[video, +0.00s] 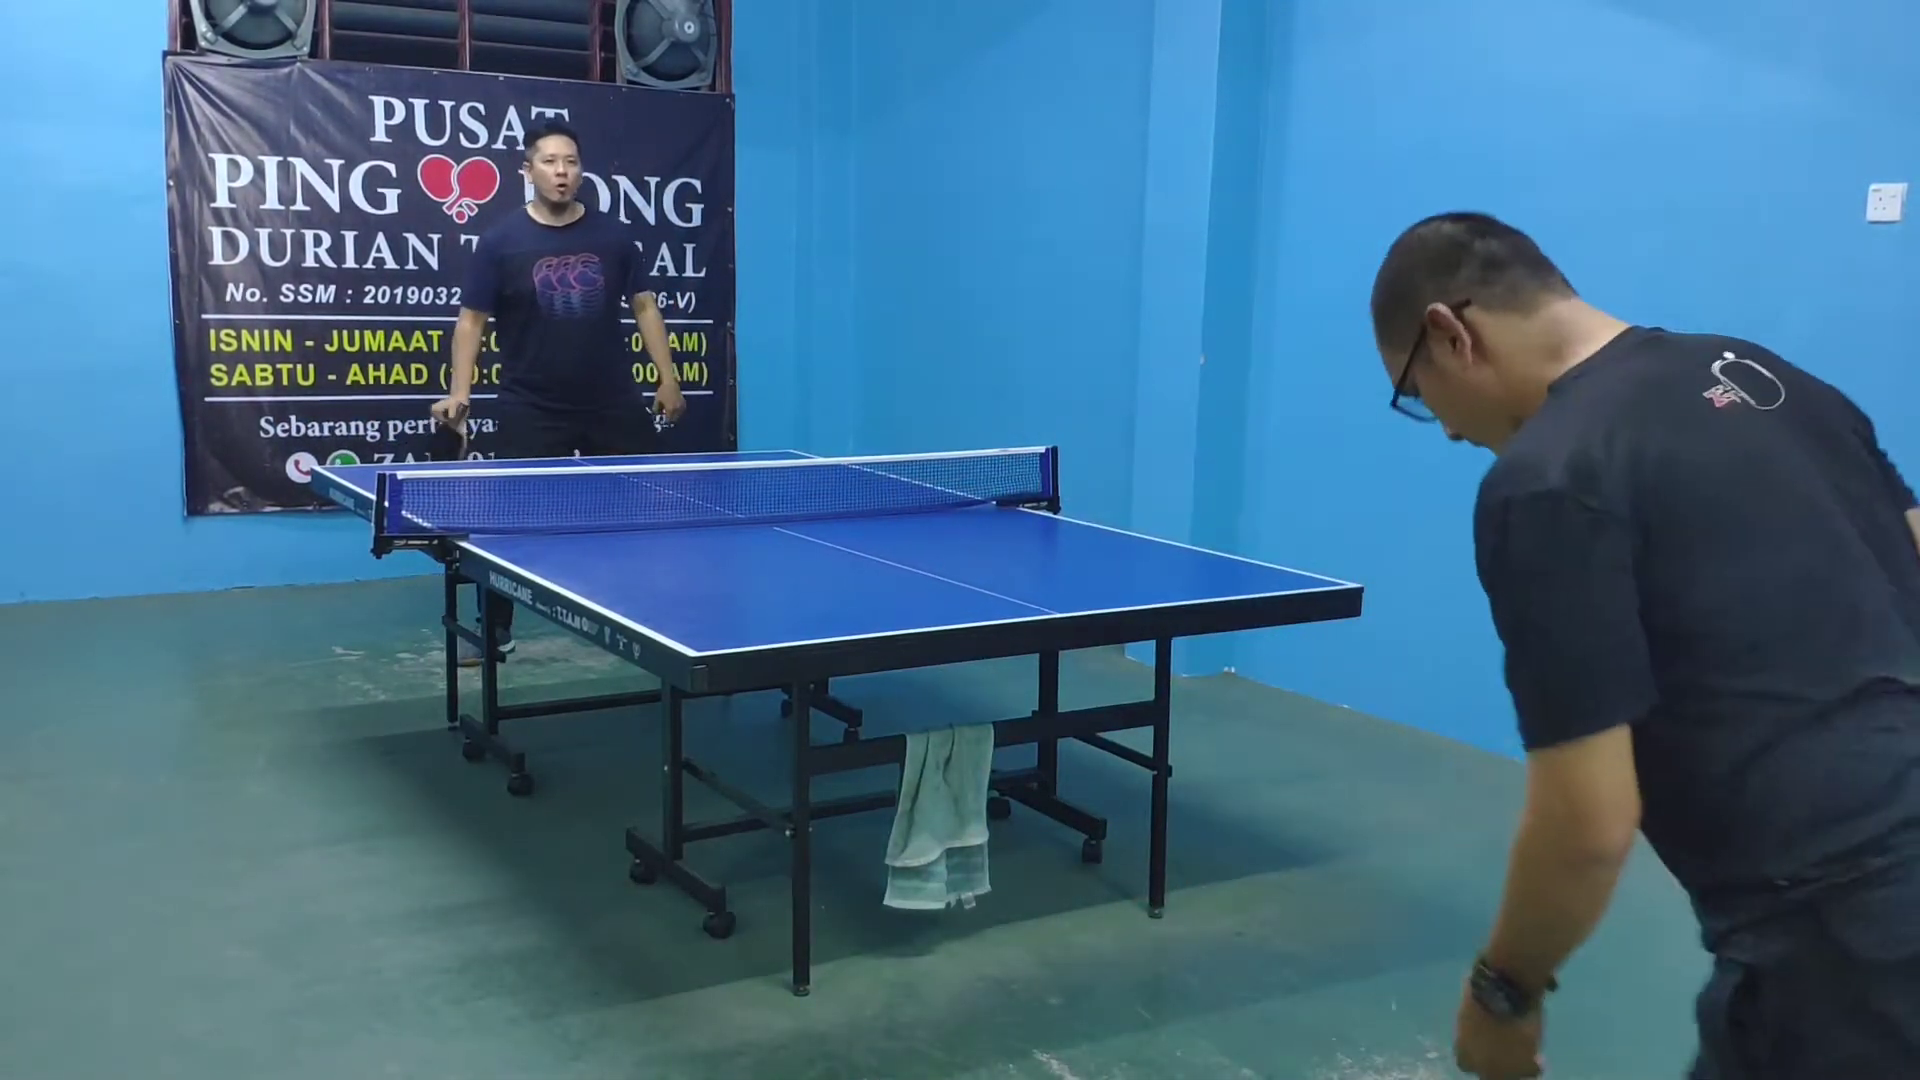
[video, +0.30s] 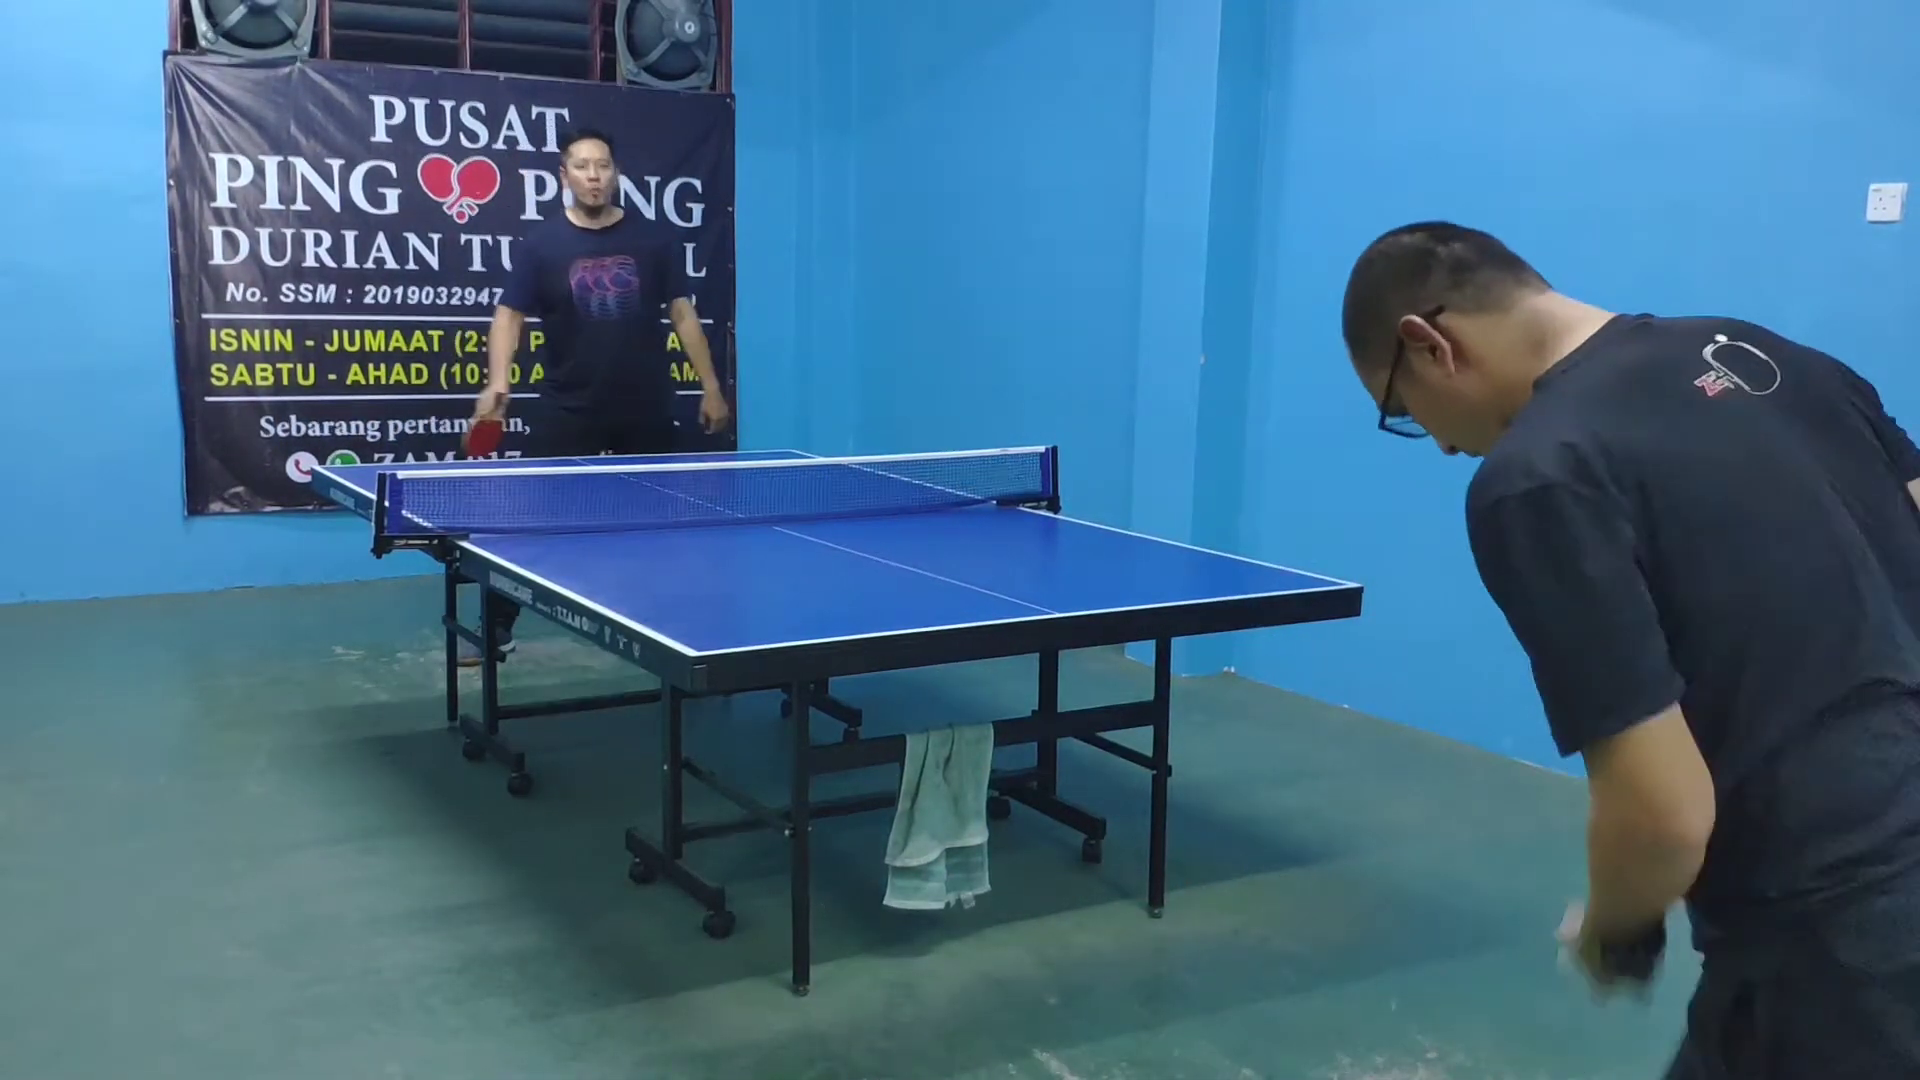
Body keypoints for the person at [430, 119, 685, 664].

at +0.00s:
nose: (562, 171)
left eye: (570, 161)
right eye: (550, 161)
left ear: (581, 169)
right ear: (529, 169)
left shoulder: (613, 236)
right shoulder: (500, 240)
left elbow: (645, 307)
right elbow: (472, 320)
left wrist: (668, 379)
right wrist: (459, 393)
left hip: (611, 403)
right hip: (532, 408)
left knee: (638, 510)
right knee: (512, 516)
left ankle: (649, 627)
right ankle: (495, 627)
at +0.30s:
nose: (593, 175)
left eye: (602, 165)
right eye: (582, 166)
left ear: (615, 172)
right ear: (565, 174)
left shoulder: (653, 237)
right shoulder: (543, 244)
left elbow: (683, 314)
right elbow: (509, 315)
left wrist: (712, 388)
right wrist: (497, 384)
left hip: (646, 408)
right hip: (569, 409)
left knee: (662, 517)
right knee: (530, 513)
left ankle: (675, 630)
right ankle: (497, 626)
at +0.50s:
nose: (609, 179)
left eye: (618, 170)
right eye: (597, 169)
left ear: (627, 179)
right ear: (576, 178)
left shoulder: (658, 240)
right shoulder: (555, 243)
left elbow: (687, 313)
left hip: (643, 397)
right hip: (575, 396)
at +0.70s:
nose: (607, 180)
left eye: (616, 171)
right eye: (595, 170)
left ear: (627, 179)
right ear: (574, 178)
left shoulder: (662, 242)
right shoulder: (544, 245)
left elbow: (687, 310)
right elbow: (515, 316)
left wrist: (653, 360)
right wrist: (539, 369)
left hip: (642, 394)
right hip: (570, 393)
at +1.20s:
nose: (640, 201)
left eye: (649, 191)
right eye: (630, 191)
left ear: (658, 195)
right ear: (606, 192)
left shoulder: (680, 254)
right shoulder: (573, 252)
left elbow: (705, 319)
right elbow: (535, 321)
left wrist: (703, 352)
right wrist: (566, 357)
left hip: (658, 418)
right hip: (581, 416)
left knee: (680, 523)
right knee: (537, 517)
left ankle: (677, 628)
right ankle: (501, 627)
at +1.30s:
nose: (658, 217)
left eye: (666, 207)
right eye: (648, 205)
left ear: (673, 208)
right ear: (621, 201)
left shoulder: (682, 262)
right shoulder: (588, 261)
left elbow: (702, 325)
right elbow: (575, 346)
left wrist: (727, 356)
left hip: (654, 424)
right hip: (585, 423)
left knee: (667, 526)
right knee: (541, 520)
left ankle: (671, 628)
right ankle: (501, 627)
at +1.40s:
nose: (675, 240)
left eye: (683, 230)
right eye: (665, 228)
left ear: (690, 230)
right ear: (638, 223)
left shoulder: (687, 268)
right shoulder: (612, 289)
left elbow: (706, 327)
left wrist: (755, 371)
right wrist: (717, 408)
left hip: (655, 421)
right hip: (581, 424)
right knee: (543, 525)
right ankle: (502, 626)